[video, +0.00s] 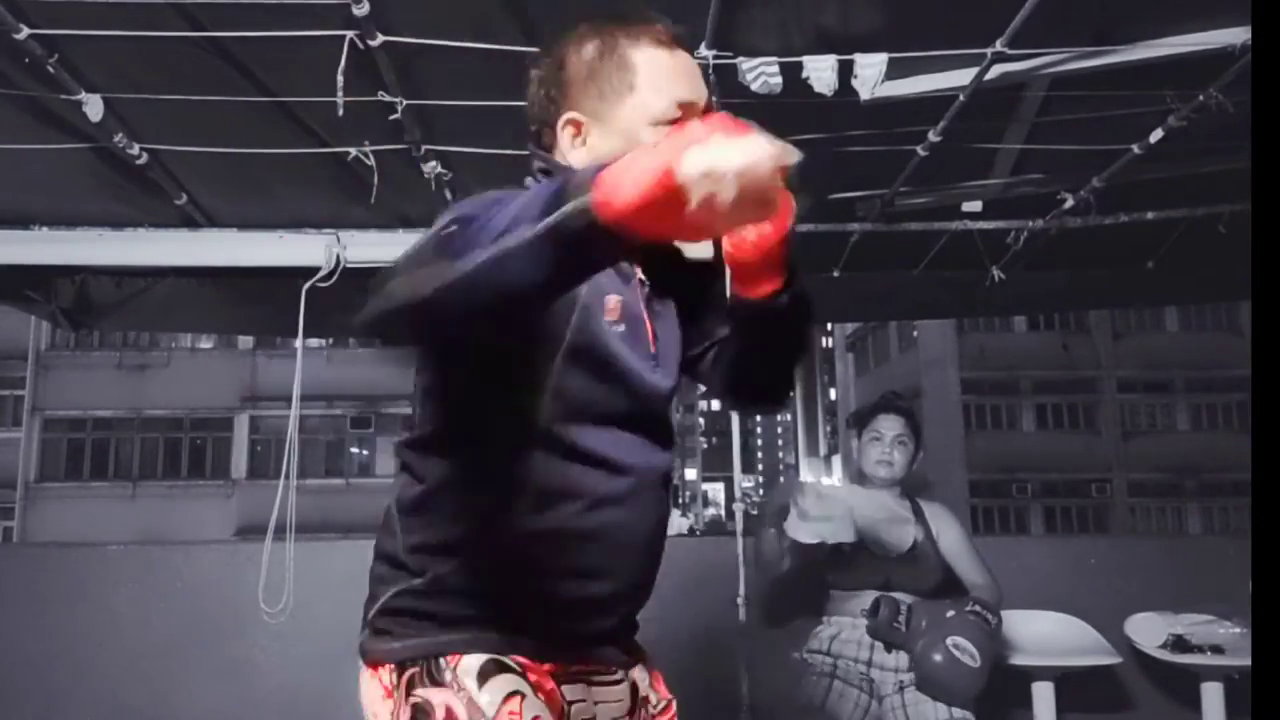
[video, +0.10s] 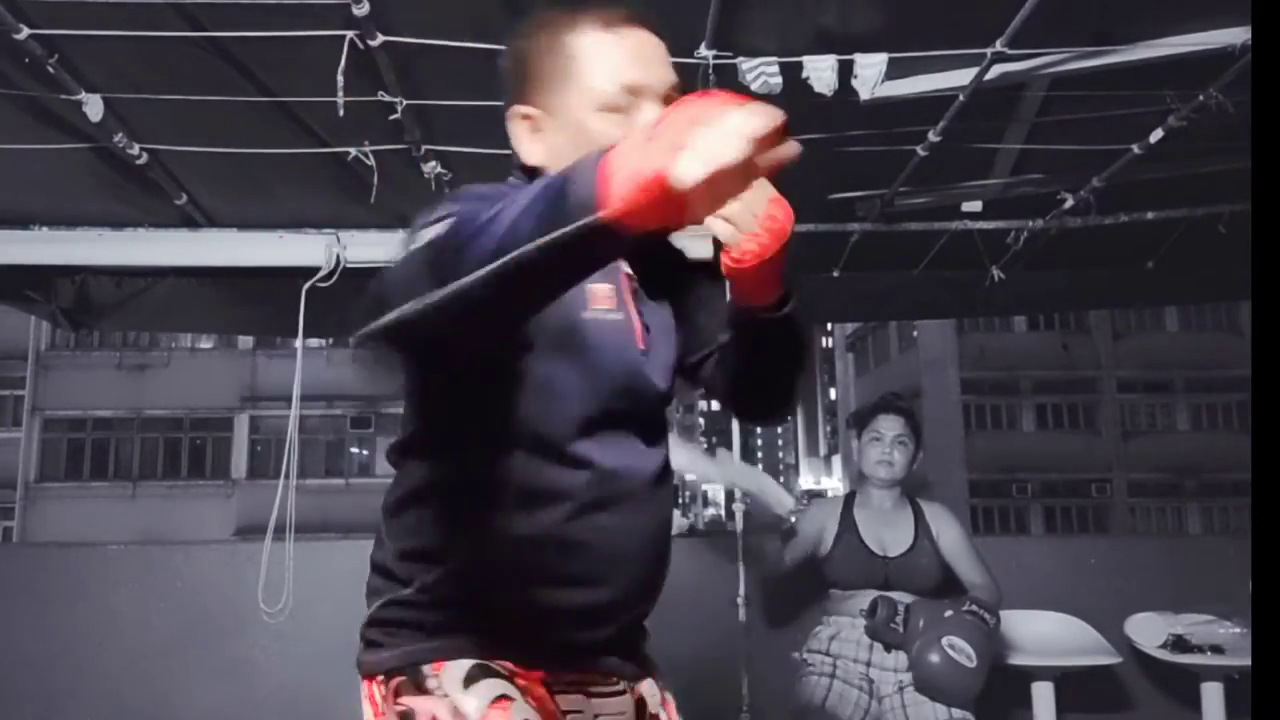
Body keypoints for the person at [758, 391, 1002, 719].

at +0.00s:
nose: (887, 450)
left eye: (900, 443)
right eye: (875, 439)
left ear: (914, 457)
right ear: (855, 448)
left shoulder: (934, 516)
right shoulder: (827, 506)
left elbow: (984, 586)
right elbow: (771, 570)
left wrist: (976, 619)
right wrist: (770, 517)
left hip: (920, 664)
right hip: (840, 659)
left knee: (938, 715)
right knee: (837, 710)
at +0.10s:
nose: (887, 451)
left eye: (900, 443)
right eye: (875, 440)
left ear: (915, 458)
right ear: (856, 448)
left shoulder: (936, 518)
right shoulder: (823, 516)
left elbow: (984, 588)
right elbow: (776, 581)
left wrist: (971, 618)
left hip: (922, 668)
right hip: (840, 664)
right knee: (830, 709)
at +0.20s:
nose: (887, 451)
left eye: (900, 443)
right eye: (875, 440)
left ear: (914, 456)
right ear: (855, 449)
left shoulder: (933, 516)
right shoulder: (828, 509)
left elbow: (985, 588)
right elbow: (773, 575)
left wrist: (974, 617)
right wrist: (769, 523)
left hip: (920, 665)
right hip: (839, 660)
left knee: (939, 715)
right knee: (829, 712)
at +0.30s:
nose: (887, 451)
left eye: (899, 443)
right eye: (874, 440)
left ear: (912, 456)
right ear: (853, 450)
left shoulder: (934, 516)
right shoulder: (822, 515)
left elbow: (985, 587)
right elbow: (763, 572)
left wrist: (976, 612)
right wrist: (776, 552)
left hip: (920, 664)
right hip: (838, 661)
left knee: (936, 715)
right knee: (821, 712)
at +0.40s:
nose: (885, 451)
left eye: (897, 443)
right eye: (873, 440)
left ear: (911, 456)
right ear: (851, 451)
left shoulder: (932, 517)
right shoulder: (823, 516)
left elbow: (984, 588)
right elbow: (780, 584)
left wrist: (975, 618)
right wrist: (763, 541)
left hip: (920, 664)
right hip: (838, 662)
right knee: (829, 712)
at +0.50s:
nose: (883, 450)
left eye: (895, 443)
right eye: (871, 439)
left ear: (909, 456)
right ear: (850, 450)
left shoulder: (932, 516)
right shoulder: (818, 517)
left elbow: (985, 588)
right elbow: (760, 574)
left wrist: (974, 617)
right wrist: (770, 540)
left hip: (923, 671)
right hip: (841, 670)